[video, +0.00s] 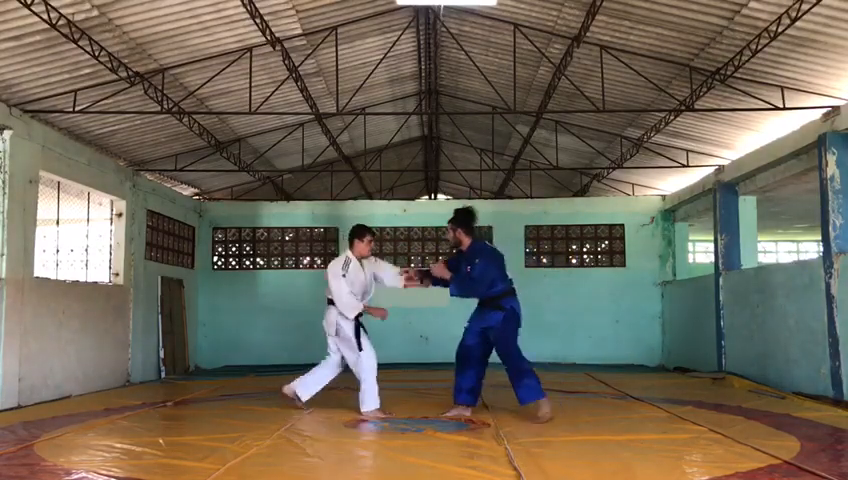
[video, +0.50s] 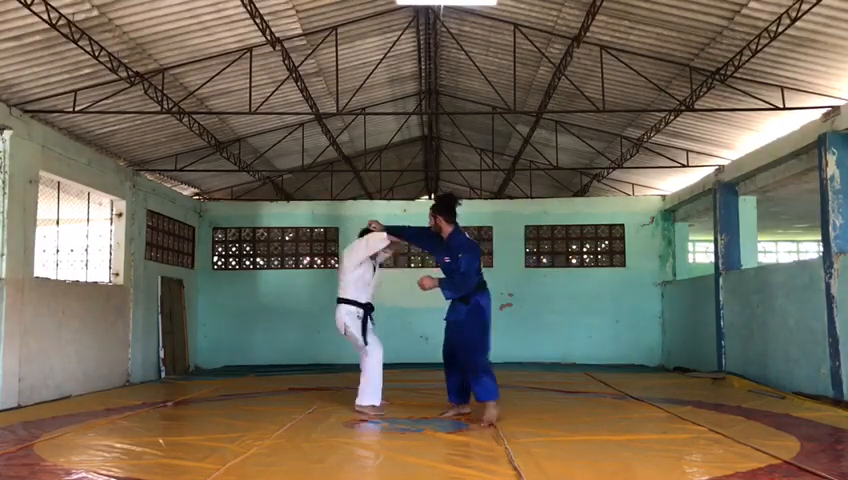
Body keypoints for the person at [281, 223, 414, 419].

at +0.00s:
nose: (371, 246)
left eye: (372, 242)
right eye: (368, 242)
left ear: (364, 244)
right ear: (355, 242)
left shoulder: (369, 262)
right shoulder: (338, 266)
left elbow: (388, 273)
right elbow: (343, 298)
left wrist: (406, 277)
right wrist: (368, 309)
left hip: (346, 315)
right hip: (339, 316)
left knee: (335, 361)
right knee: (366, 358)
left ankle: (296, 389)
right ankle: (369, 408)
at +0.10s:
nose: (372, 244)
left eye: (372, 240)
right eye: (368, 239)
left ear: (359, 241)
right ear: (355, 240)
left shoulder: (367, 259)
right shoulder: (345, 264)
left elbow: (384, 273)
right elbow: (358, 292)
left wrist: (400, 274)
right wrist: (383, 300)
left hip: (354, 314)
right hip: (343, 315)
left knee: (356, 358)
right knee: (370, 356)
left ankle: (314, 379)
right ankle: (370, 408)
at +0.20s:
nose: (369, 240)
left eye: (369, 236)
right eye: (365, 236)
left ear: (354, 239)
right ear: (353, 239)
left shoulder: (351, 253)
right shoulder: (352, 259)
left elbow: (374, 255)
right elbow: (378, 272)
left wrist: (388, 259)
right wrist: (403, 272)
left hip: (342, 313)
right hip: (349, 315)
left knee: (363, 354)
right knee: (374, 357)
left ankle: (345, 385)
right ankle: (370, 407)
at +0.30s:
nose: (365, 241)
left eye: (365, 237)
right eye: (363, 237)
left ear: (348, 237)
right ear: (354, 238)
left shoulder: (340, 251)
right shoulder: (357, 253)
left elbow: (370, 250)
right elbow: (390, 252)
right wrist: (408, 250)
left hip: (341, 310)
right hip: (355, 312)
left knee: (362, 357)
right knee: (375, 355)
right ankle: (371, 405)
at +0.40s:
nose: (370, 243)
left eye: (370, 239)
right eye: (369, 239)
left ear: (352, 238)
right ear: (361, 239)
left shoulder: (344, 252)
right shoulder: (356, 250)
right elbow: (392, 242)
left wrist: (382, 240)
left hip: (344, 311)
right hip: (355, 312)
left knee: (366, 359)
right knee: (377, 355)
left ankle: (371, 403)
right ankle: (370, 405)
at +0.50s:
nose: (382, 252)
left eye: (383, 249)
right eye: (380, 247)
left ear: (368, 240)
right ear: (369, 240)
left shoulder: (370, 260)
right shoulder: (353, 252)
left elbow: (389, 250)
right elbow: (378, 239)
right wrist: (383, 232)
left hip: (360, 312)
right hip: (349, 311)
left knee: (373, 350)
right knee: (373, 350)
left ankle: (371, 397)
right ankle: (365, 401)